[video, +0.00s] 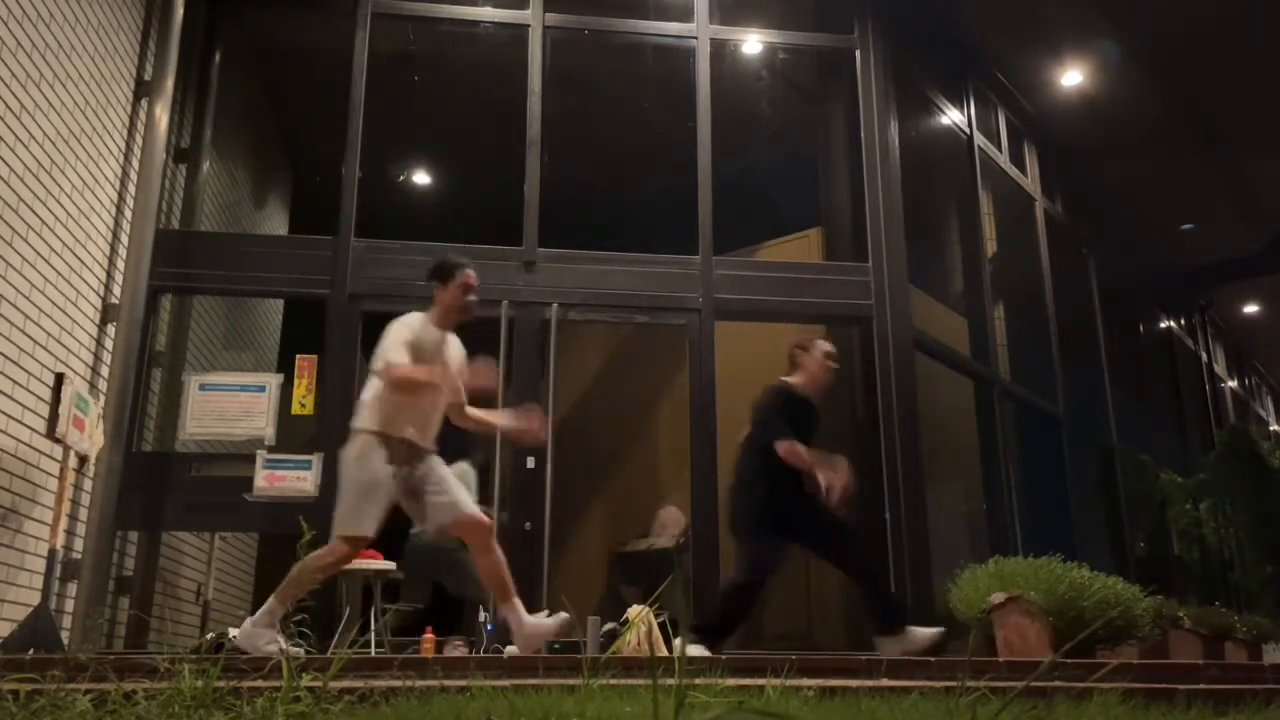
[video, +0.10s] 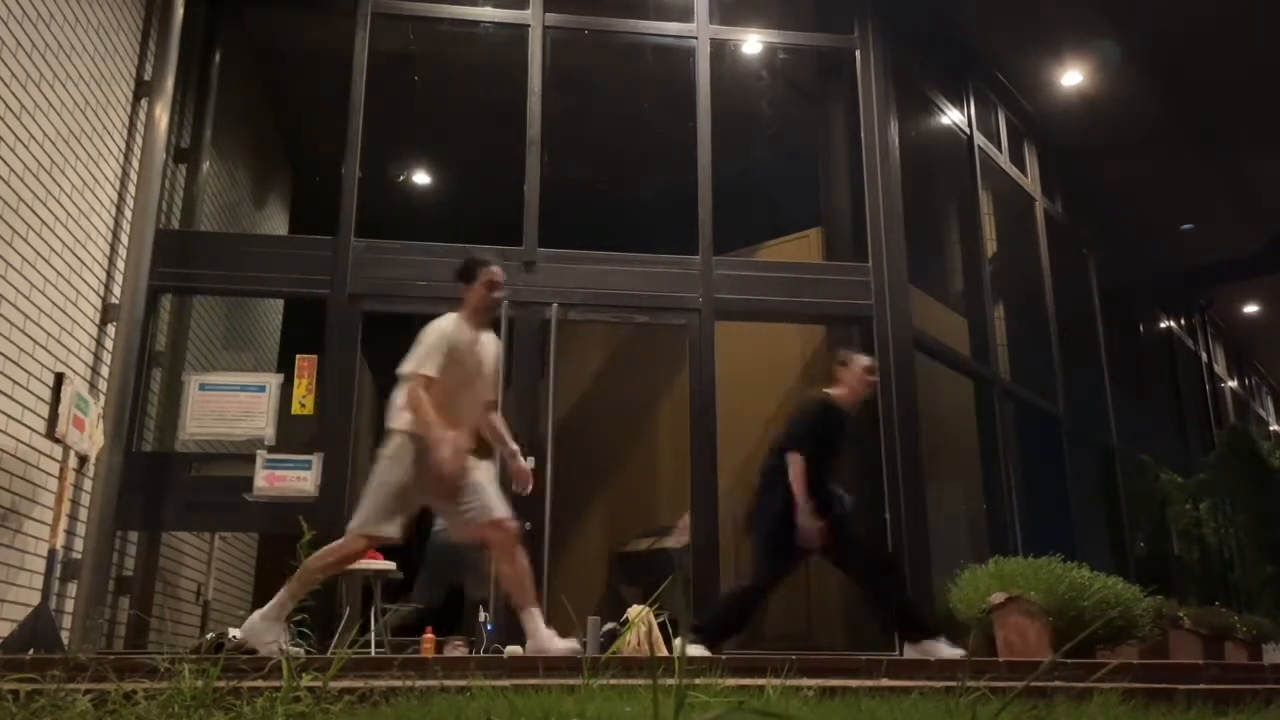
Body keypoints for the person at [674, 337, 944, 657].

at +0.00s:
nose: (834, 366)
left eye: (835, 360)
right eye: (827, 358)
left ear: (810, 363)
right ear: (802, 358)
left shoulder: (807, 407)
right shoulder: (779, 398)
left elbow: (798, 453)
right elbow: (785, 447)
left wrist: (835, 467)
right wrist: (824, 466)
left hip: (792, 504)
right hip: (761, 505)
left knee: (855, 552)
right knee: (751, 577)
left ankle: (891, 632)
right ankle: (699, 641)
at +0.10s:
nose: (871, 380)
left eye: (873, 373)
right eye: (865, 371)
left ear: (859, 377)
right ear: (841, 371)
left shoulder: (849, 417)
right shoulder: (820, 407)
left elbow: (819, 465)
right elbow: (795, 455)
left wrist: (835, 505)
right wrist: (804, 510)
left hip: (821, 508)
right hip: (785, 506)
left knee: (873, 568)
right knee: (764, 580)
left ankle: (918, 636)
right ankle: (701, 639)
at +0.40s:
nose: (933, 345)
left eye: (937, 341)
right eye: (925, 338)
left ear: (940, 354)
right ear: (905, 347)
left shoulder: (927, 407)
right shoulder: (882, 370)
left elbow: (917, 458)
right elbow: (830, 383)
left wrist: (942, 445)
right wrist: (791, 411)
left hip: (876, 488)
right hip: (837, 473)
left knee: (899, 558)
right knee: (774, 518)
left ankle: (919, 638)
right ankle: (699, 541)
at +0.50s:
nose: (929, 334)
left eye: (933, 329)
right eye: (921, 328)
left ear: (938, 341)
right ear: (905, 338)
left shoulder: (934, 386)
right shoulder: (888, 360)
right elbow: (834, 378)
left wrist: (951, 409)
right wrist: (796, 409)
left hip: (892, 478)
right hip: (851, 463)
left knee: (916, 547)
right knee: (799, 504)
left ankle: (920, 638)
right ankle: (723, 504)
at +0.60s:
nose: (922, 326)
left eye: (926, 320)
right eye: (913, 322)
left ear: (935, 327)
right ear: (900, 331)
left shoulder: (937, 369)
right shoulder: (884, 355)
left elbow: (941, 407)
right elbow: (835, 379)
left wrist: (949, 361)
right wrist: (805, 417)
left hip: (904, 473)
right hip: (859, 461)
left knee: (924, 548)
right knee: (815, 503)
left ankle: (922, 636)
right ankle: (775, 492)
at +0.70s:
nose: (911, 324)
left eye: (916, 317)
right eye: (904, 319)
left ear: (928, 321)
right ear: (894, 326)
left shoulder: (938, 361)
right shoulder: (878, 355)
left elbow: (938, 384)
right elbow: (838, 385)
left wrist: (934, 333)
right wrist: (821, 429)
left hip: (915, 464)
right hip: (865, 456)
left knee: (928, 547)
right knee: (825, 500)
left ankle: (929, 636)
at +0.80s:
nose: (892, 333)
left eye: (898, 326)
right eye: (887, 327)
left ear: (913, 328)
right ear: (882, 332)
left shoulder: (929, 362)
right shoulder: (876, 365)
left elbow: (935, 377)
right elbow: (848, 402)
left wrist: (913, 329)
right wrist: (843, 440)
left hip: (916, 455)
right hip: (871, 451)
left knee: (931, 546)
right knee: (844, 487)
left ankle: (952, 634)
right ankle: (880, 531)